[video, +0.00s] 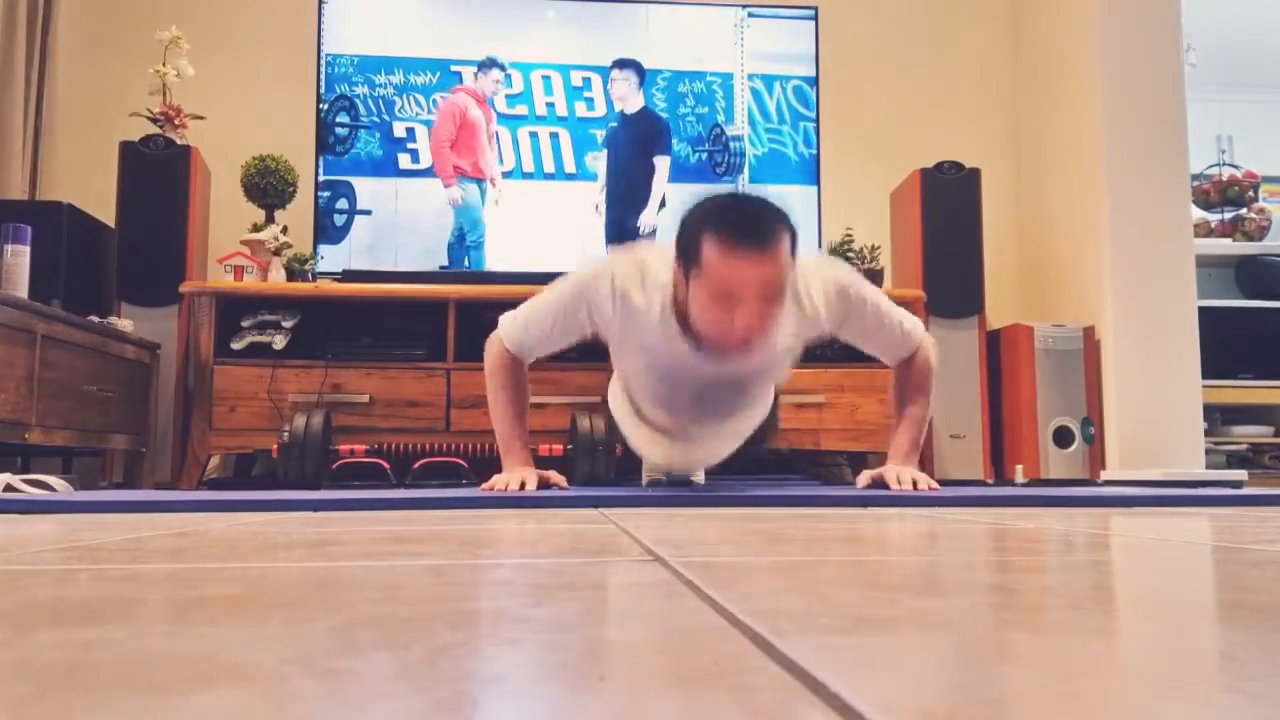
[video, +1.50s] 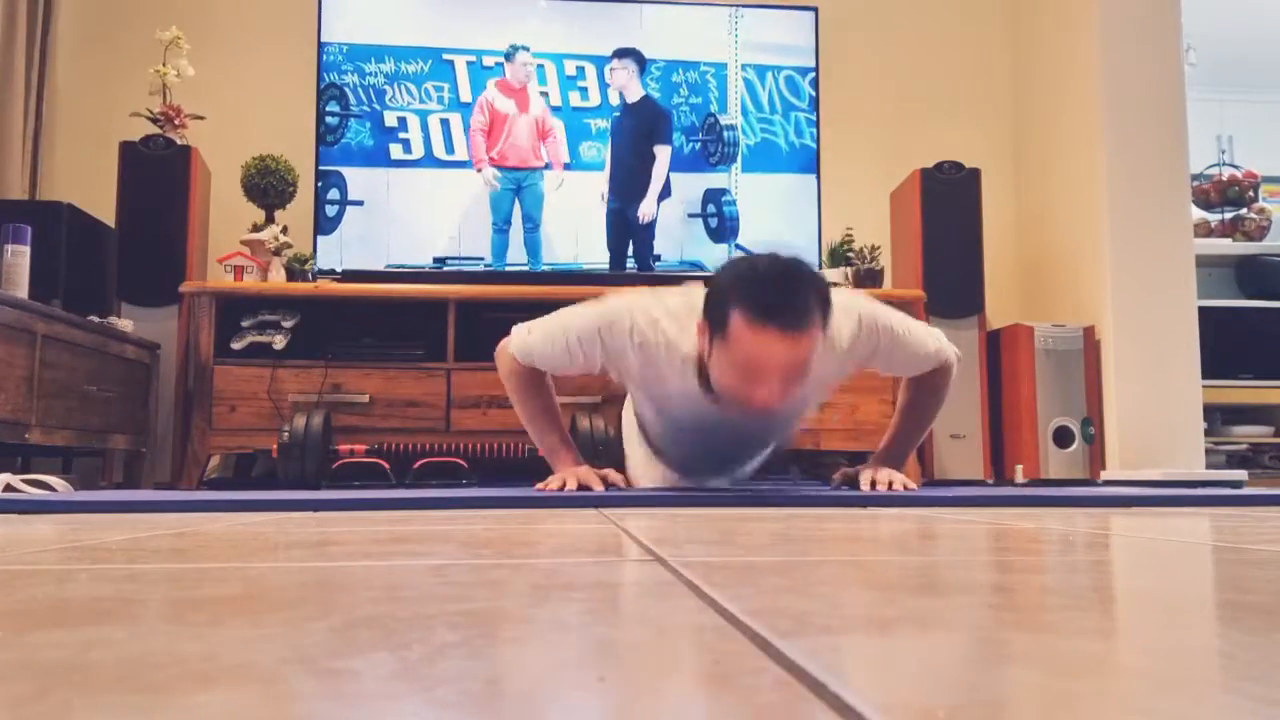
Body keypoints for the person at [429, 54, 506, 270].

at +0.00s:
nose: (498, 87)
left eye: (501, 83)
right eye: (495, 81)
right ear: (478, 76)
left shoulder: (487, 111)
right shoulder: (456, 102)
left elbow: (490, 148)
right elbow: (440, 144)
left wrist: (495, 175)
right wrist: (449, 184)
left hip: (481, 179)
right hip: (462, 178)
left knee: (460, 235)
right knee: (476, 234)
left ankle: (455, 283)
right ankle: (479, 287)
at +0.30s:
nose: (504, 83)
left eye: (506, 77)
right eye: (499, 77)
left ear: (507, 77)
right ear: (483, 75)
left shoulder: (496, 105)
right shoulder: (466, 105)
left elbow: (501, 144)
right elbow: (457, 150)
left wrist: (509, 172)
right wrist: (471, 188)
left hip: (500, 178)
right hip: (481, 179)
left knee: (499, 229)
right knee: (486, 235)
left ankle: (468, 272)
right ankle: (486, 285)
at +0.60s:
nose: (511, 81)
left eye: (514, 75)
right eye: (506, 75)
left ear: (517, 75)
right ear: (491, 74)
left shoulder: (517, 104)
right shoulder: (475, 105)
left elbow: (526, 138)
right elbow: (467, 148)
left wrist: (534, 162)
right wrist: (484, 186)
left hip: (517, 179)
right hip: (491, 181)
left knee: (529, 223)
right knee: (489, 234)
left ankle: (532, 276)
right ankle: (487, 284)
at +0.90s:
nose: (531, 81)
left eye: (535, 76)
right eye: (526, 75)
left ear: (539, 76)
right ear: (514, 73)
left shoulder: (544, 107)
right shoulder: (496, 103)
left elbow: (555, 144)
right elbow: (477, 139)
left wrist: (555, 177)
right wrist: (470, 176)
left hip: (535, 179)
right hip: (503, 178)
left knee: (539, 230)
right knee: (497, 230)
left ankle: (541, 277)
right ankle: (489, 278)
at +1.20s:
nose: (544, 74)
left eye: (547, 69)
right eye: (539, 69)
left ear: (549, 71)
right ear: (525, 69)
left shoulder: (554, 103)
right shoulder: (505, 99)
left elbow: (561, 142)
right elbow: (488, 133)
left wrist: (557, 174)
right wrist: (488, 168)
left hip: (540, 176)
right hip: (508, 174)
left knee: (539, 227)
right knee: (504, 226)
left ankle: (539, 273)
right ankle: (499, 273)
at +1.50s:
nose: (529, 70)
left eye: (531, 65)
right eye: (524, 65)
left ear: (532, 66)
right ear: (508, 65)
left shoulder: (536, 99)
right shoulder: (490, 97)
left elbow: (550, 134)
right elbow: (477, 131)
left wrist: (558, 166)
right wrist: (483, 165)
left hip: (532, 172)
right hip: (501, 171)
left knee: (533, 224)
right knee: (500, 225)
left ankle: (536, 269)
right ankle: (498, 269)